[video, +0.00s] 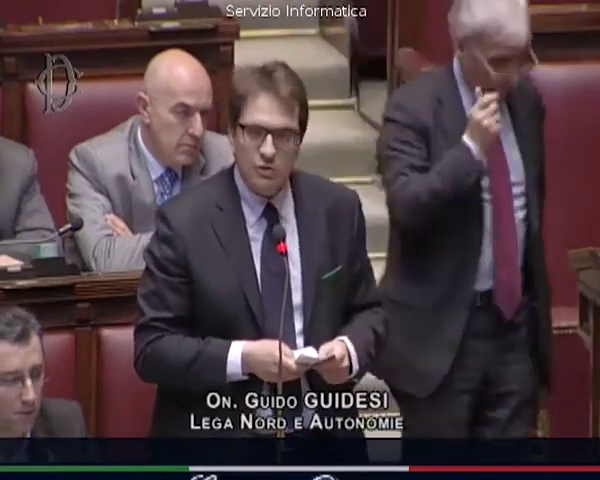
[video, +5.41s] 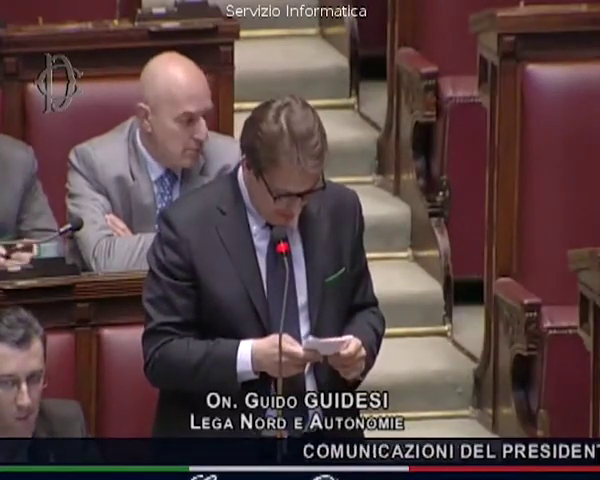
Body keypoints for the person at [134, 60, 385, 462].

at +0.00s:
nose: (268, 150)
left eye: (283, 135)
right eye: (254, 132)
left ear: (301, 138)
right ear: (233, 133)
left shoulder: (339, 208)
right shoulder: (182, 220)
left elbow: (370, 310)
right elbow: (152, 349)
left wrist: (351, 349)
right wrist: (242, 357)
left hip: (321, 437)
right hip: (215, 440)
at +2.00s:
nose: (304, 175)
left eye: (309, 156)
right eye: (288, 164)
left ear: (313, 143)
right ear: (243, 162)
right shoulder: (181, 224)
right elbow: (154, 357)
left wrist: (374, 306)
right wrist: (249, 358)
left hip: (325, 442)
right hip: (219, 448)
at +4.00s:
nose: (297, 205)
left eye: (310, 189)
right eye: (284, 191)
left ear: (320, 167)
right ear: (248, 168)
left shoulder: (342, 208)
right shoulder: (187, 223)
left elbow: (369, 311)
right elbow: (162, 355)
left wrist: (360, 345)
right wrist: (250, 359)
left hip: (325, 443)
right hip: (221, 447)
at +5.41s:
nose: (295, 209)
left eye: (309, 194)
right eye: (283, 196)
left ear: (321, 171)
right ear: (247, 170)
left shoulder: (340, 208)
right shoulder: (186, 223)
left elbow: (365, 309)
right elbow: (161, 355)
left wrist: (358, 345)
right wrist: (250, 357)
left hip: (323, 441)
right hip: (219, 442)